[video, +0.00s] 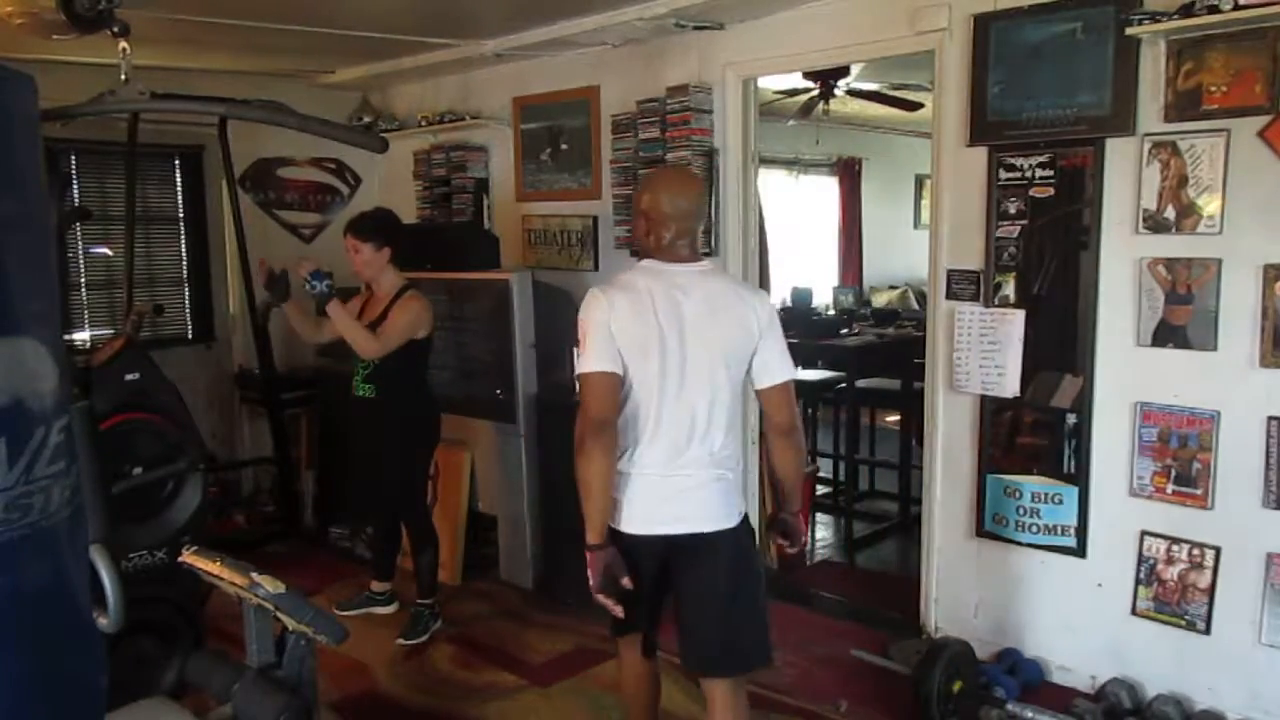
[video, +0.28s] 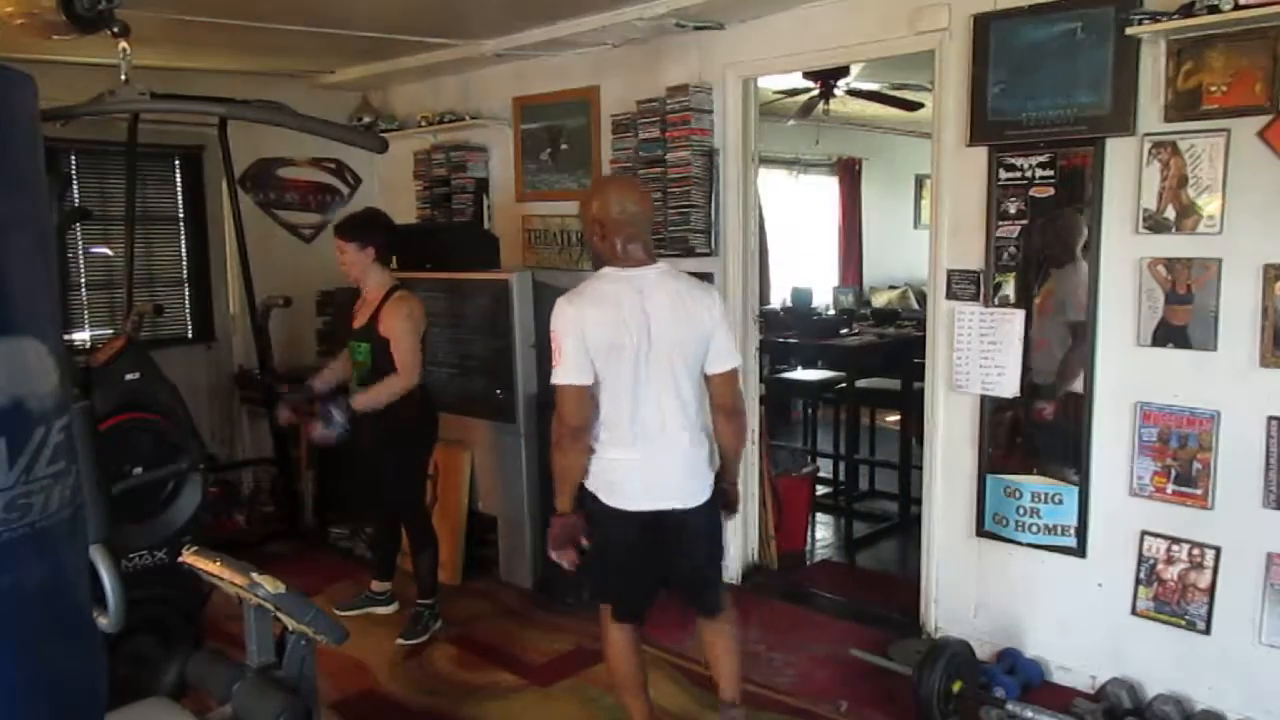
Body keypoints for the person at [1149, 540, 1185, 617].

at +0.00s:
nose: (1173, 554)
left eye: (1176, 552)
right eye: (1171, 551)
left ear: (1179, 553)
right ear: (1167, 552)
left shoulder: (1182, 568)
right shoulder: (1160, 566)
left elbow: (1181, 586)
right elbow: (1154, 581)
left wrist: (1174, 603)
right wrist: (1152, 596)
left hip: (1173, 602)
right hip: (1159, 600)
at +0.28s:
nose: (1173, 554)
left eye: (1176, 552)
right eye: (1171, 551)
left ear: (1180, 553)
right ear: (1167, 552)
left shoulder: (1183, 568)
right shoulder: (1160, 565)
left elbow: (1181, 585)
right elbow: (1150, 582)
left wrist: (1174, 602)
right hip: (1160, 598)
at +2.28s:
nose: (1173, 554)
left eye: (1176, 552)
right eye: (1171, 551)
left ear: (1180, 553)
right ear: (1167, 551)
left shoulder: (1183, 567)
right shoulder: (1160, 565)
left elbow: (1181, 585)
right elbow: (1153, 580)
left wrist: (1174, 602)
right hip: (1159, 600)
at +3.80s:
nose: (1173, 554)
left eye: (1176, 552)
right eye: (1171, 551)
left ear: (1179, 553)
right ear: (1167, 551)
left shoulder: (1182, 568)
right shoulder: (1160, 566)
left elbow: (1180, 586)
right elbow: (1154, 581)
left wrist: (1173, 602)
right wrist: (1151, 595)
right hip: (1160, 599)